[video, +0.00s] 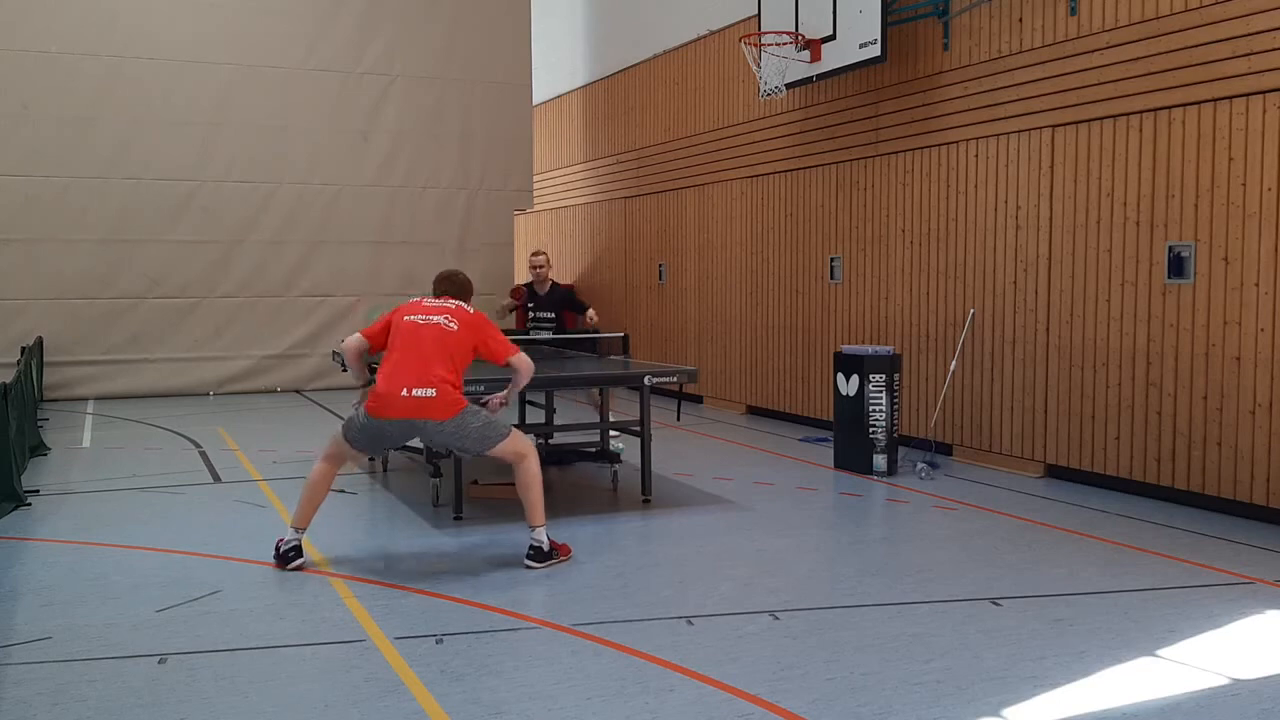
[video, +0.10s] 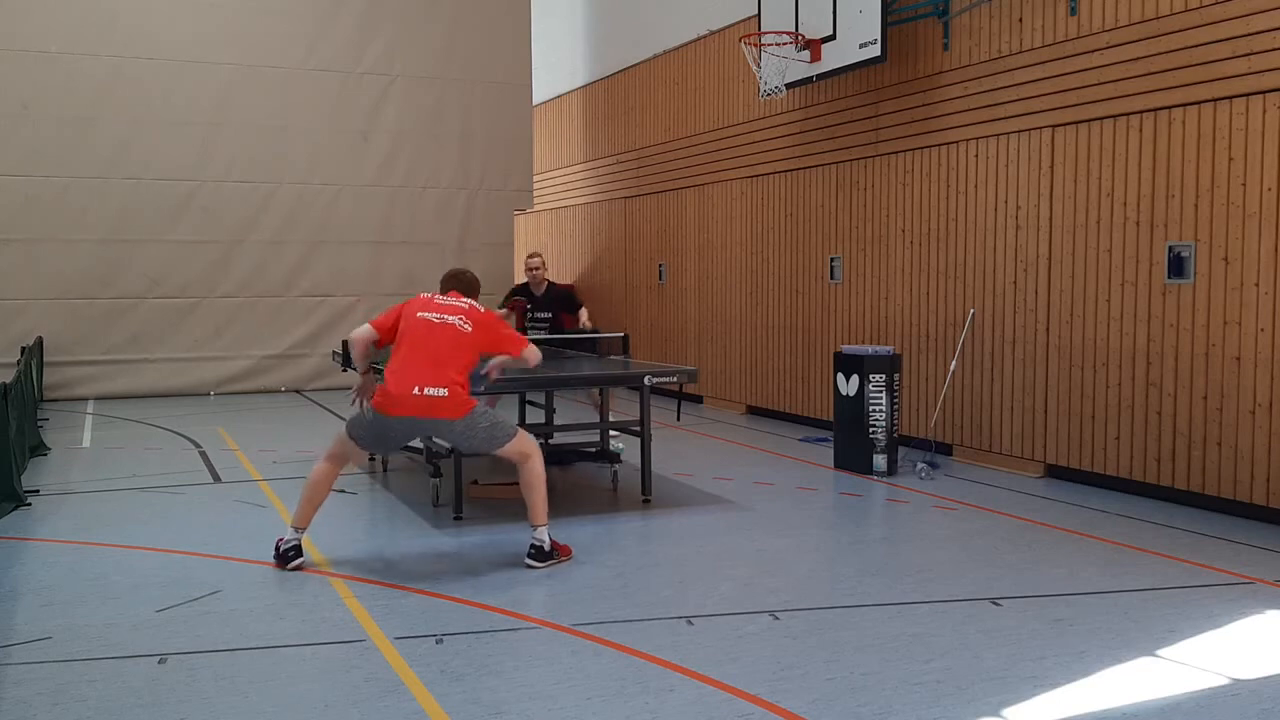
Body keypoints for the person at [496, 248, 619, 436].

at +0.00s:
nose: (537, 271)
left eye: (541, 267)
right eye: (533, 267)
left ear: (549, 268)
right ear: (529, 269)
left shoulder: (562, 292)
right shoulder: (523, 292)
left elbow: (586, 309)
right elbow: (500, 315)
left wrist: (590, 316)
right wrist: (508, 305)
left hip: (561, 351)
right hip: (531, 351)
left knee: (589, 382)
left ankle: (607, 424)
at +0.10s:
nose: (533, 273)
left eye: (537, 269)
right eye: (529, 269)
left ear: (545, 270)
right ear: (525, 272)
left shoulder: (561, 292)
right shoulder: (518, 292)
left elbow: (581, 310)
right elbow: (502, 313)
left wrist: (583, 321)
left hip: (557, 349)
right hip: (526, 348)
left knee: (587, 376)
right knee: (497, 366)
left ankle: (606, 421)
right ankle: (483, 416)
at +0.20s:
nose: (532, 279)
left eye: (536, 275)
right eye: (528, 275)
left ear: (544, 276)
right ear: (524, 278)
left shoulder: (558, 295)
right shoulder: (517, 298)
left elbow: (581, 310)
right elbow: (501, 311)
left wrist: (582, 326)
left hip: (561, 350)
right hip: (528, 351)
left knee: (590, 383)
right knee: (498, 379)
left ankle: (607, 428)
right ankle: (480, 420)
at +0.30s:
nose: (536, 289)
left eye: (539, 285)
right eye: (531, 286)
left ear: (545, 284)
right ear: (526, 286)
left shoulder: (559, 300)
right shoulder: (521, 302)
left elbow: (584, 316)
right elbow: (497, 323)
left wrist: (585, 334)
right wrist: (497, 336)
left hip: (564, 351)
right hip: (530, 351)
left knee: (591, 383)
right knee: (501, 378)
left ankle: (606, 422)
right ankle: (483, 419)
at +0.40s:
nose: (546, 297)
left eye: (548, 292)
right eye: (541, 293)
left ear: (551, 291)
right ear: (532, 294)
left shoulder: (560, 305)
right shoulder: (525, 311)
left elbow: (585, 321)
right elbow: (512, 336)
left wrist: (586, 337)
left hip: (568, 355)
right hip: (536, 356)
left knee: (594, 382)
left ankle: (606, 424)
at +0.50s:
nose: (547, 292)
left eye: (550, 287)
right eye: (543, 288)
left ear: (556, 285)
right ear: (535, 288)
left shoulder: (565, 301)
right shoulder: (528, 303)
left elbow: (584, 319)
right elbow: (520, 325)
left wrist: (585, 336)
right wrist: (534, 326)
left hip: (567, 351)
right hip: (536, 351)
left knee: (590, 383)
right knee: (505, 376)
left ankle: (606, 423)